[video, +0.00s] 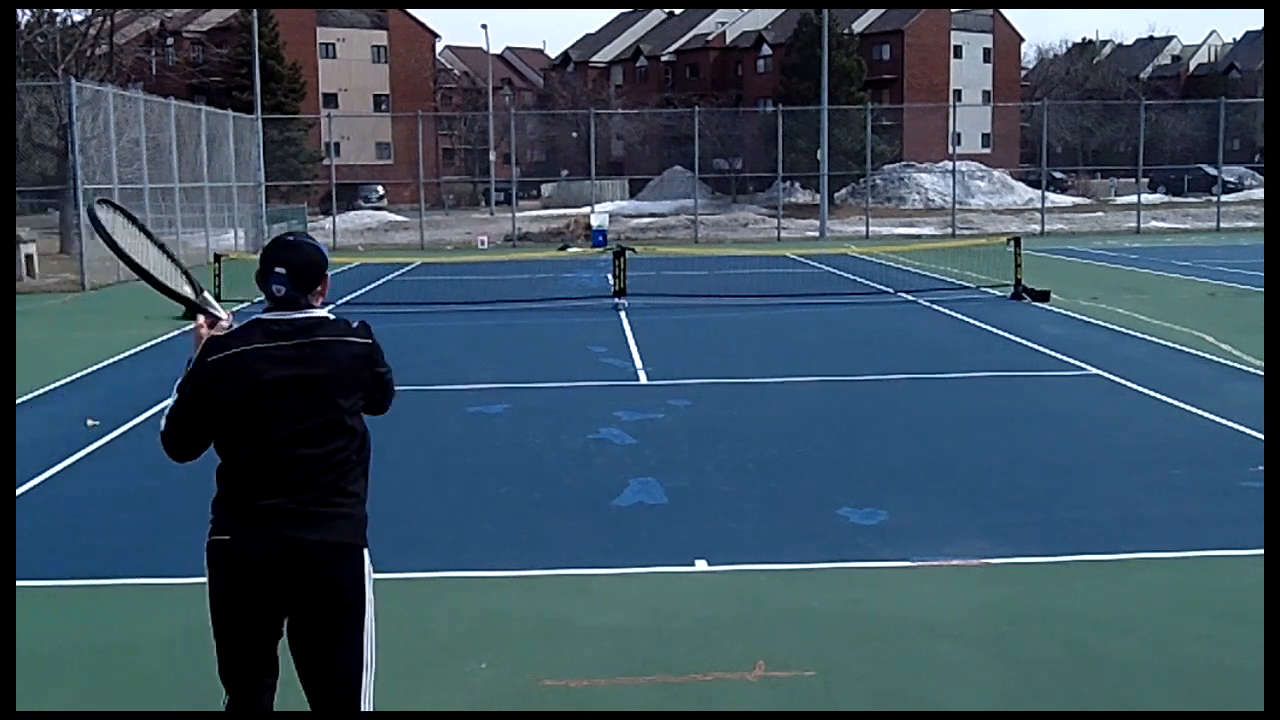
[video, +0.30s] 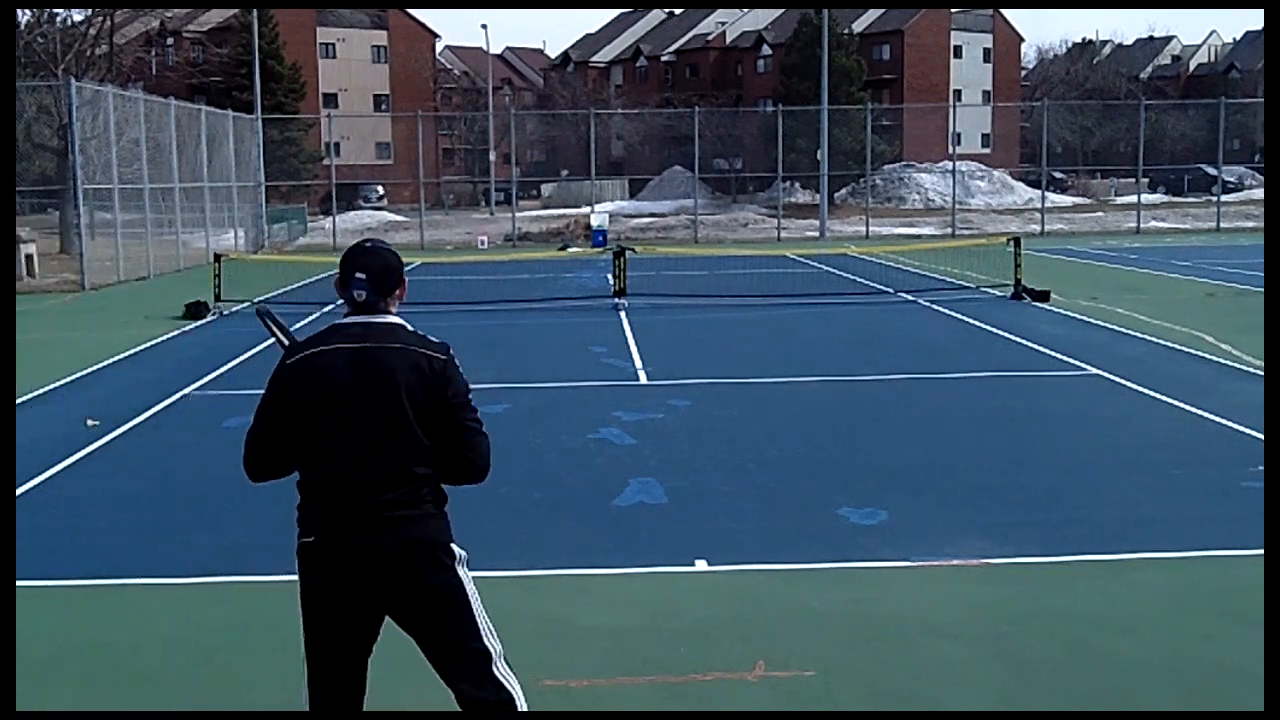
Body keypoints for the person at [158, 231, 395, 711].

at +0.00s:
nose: (329, 287)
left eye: (323, 278)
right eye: (327, 280)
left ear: (263, 288)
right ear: (322, 287)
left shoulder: (224, 351)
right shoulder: (351, 339)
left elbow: (180, 444)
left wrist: (203, 355)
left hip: (242, 551)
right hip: (332, 550)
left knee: (246, 694)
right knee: (340, 696)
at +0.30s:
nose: (405, 292)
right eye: (405, 285)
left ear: (340, 292)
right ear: (399, 292)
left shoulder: (299, 362)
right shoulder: (431, 357)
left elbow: (260, 463)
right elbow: (472, 463)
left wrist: (320, 432)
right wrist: (409, 452)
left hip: (331, 559)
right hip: (419, 554)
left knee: (333, 699)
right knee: (485, 684)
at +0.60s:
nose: (493, 316)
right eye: (494, 311)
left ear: (429, 317)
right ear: (491, 317)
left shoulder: (397, 390)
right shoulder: (525, 383)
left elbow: (365, 499)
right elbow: (573, 483)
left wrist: (421, 485)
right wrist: (515, 510)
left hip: (428, 582)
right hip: (519, 579)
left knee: (386, 703)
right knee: (566, 702)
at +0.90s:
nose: (492, 324)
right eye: (492, 320)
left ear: (432, 323)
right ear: (489, 326)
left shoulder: (391, 390)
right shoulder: (510, 393)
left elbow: (372, 494)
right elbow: (546, 500)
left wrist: (428, 485)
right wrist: (490, 501)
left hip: (403, 575)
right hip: (487, 578)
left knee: (385, 693)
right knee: (550, 697)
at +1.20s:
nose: (470, 322)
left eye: (466, 314)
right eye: (469, 315)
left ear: (412, 313)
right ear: (463, 321)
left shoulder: (385, 362)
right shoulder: (430, 378)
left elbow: (443, 451)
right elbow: (459, 493)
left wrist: (515, 413)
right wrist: (527, 460)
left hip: (322, 545)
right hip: (376, 555)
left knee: (348, 688)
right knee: (441, 687)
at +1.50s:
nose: (457, 355)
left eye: (458, 345)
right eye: (457, 344)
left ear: (412, 335)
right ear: (447, 344)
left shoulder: (419, 390)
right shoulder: (378, 379)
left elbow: (492, 441)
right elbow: (342, 454)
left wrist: (536, 414)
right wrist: (413, 413)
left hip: (334, 553)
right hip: (313, 553)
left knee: (316, 687)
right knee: (391, 686)